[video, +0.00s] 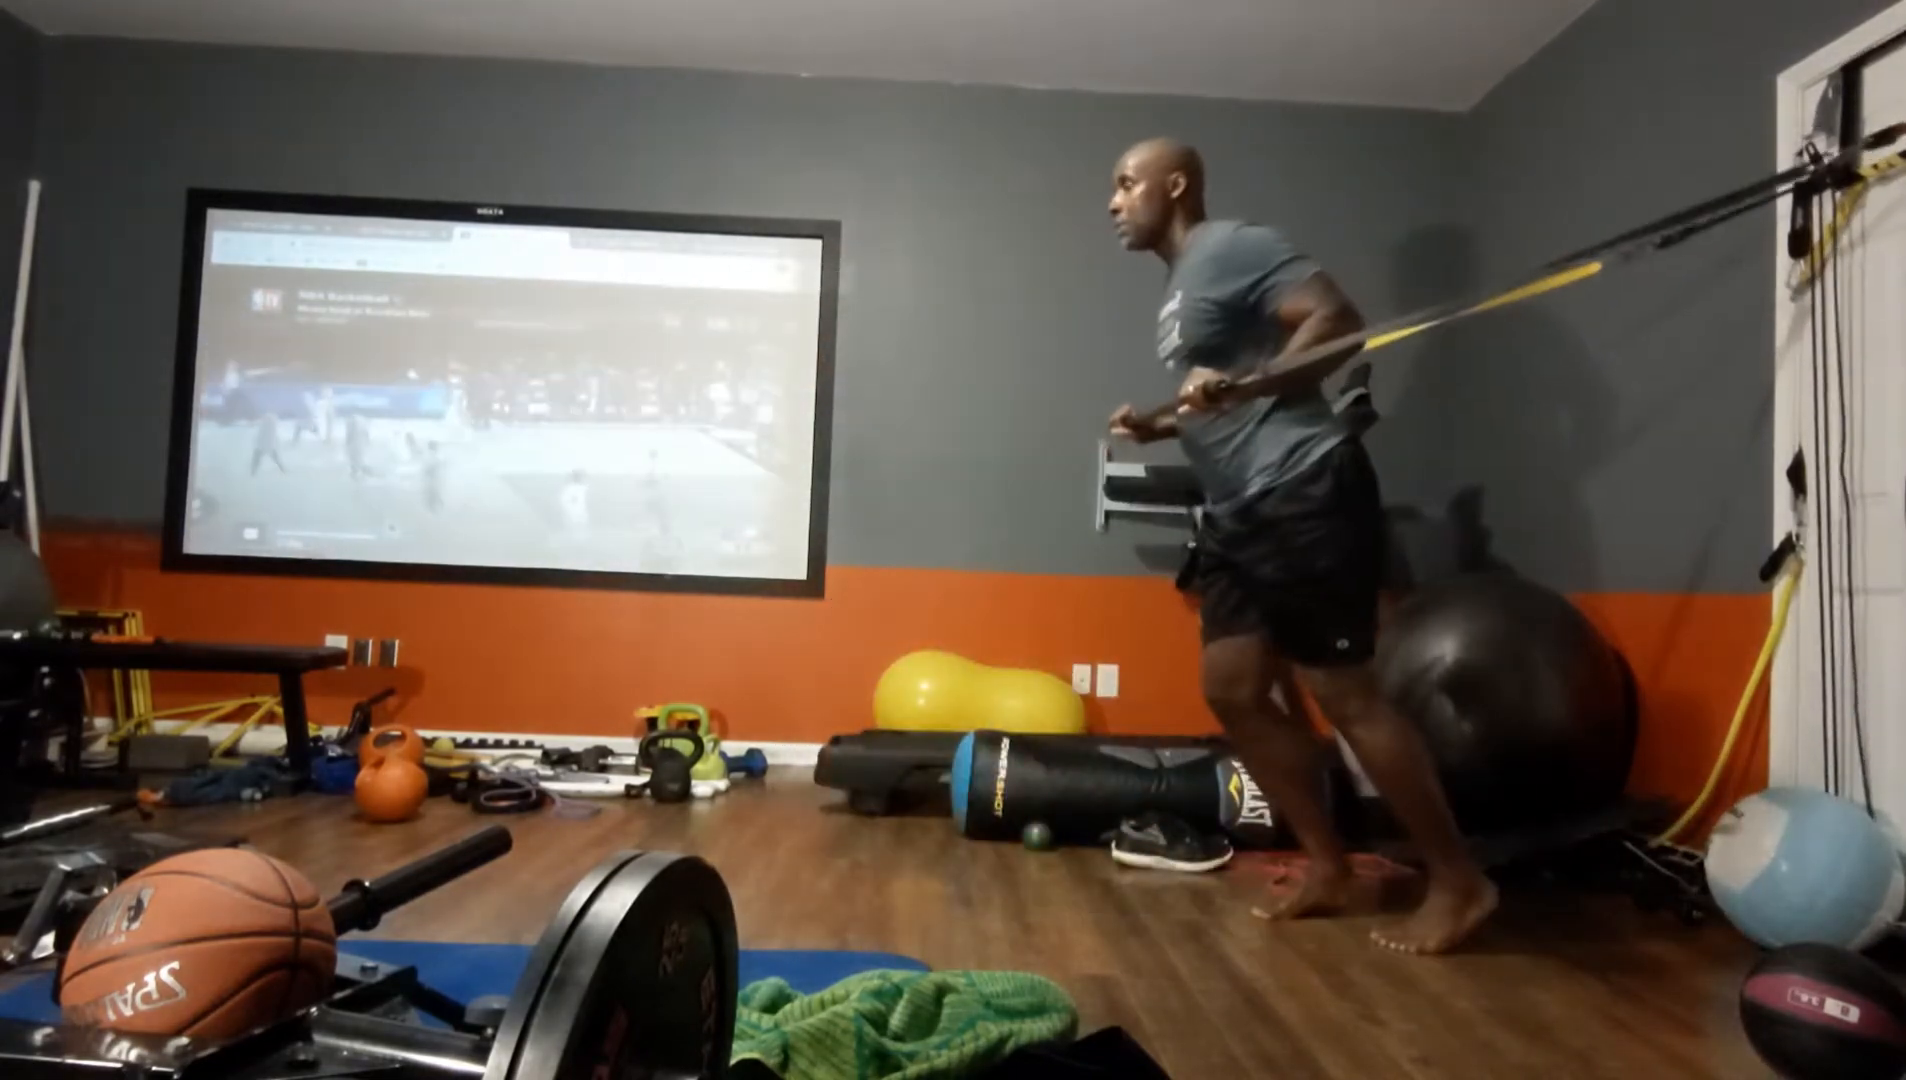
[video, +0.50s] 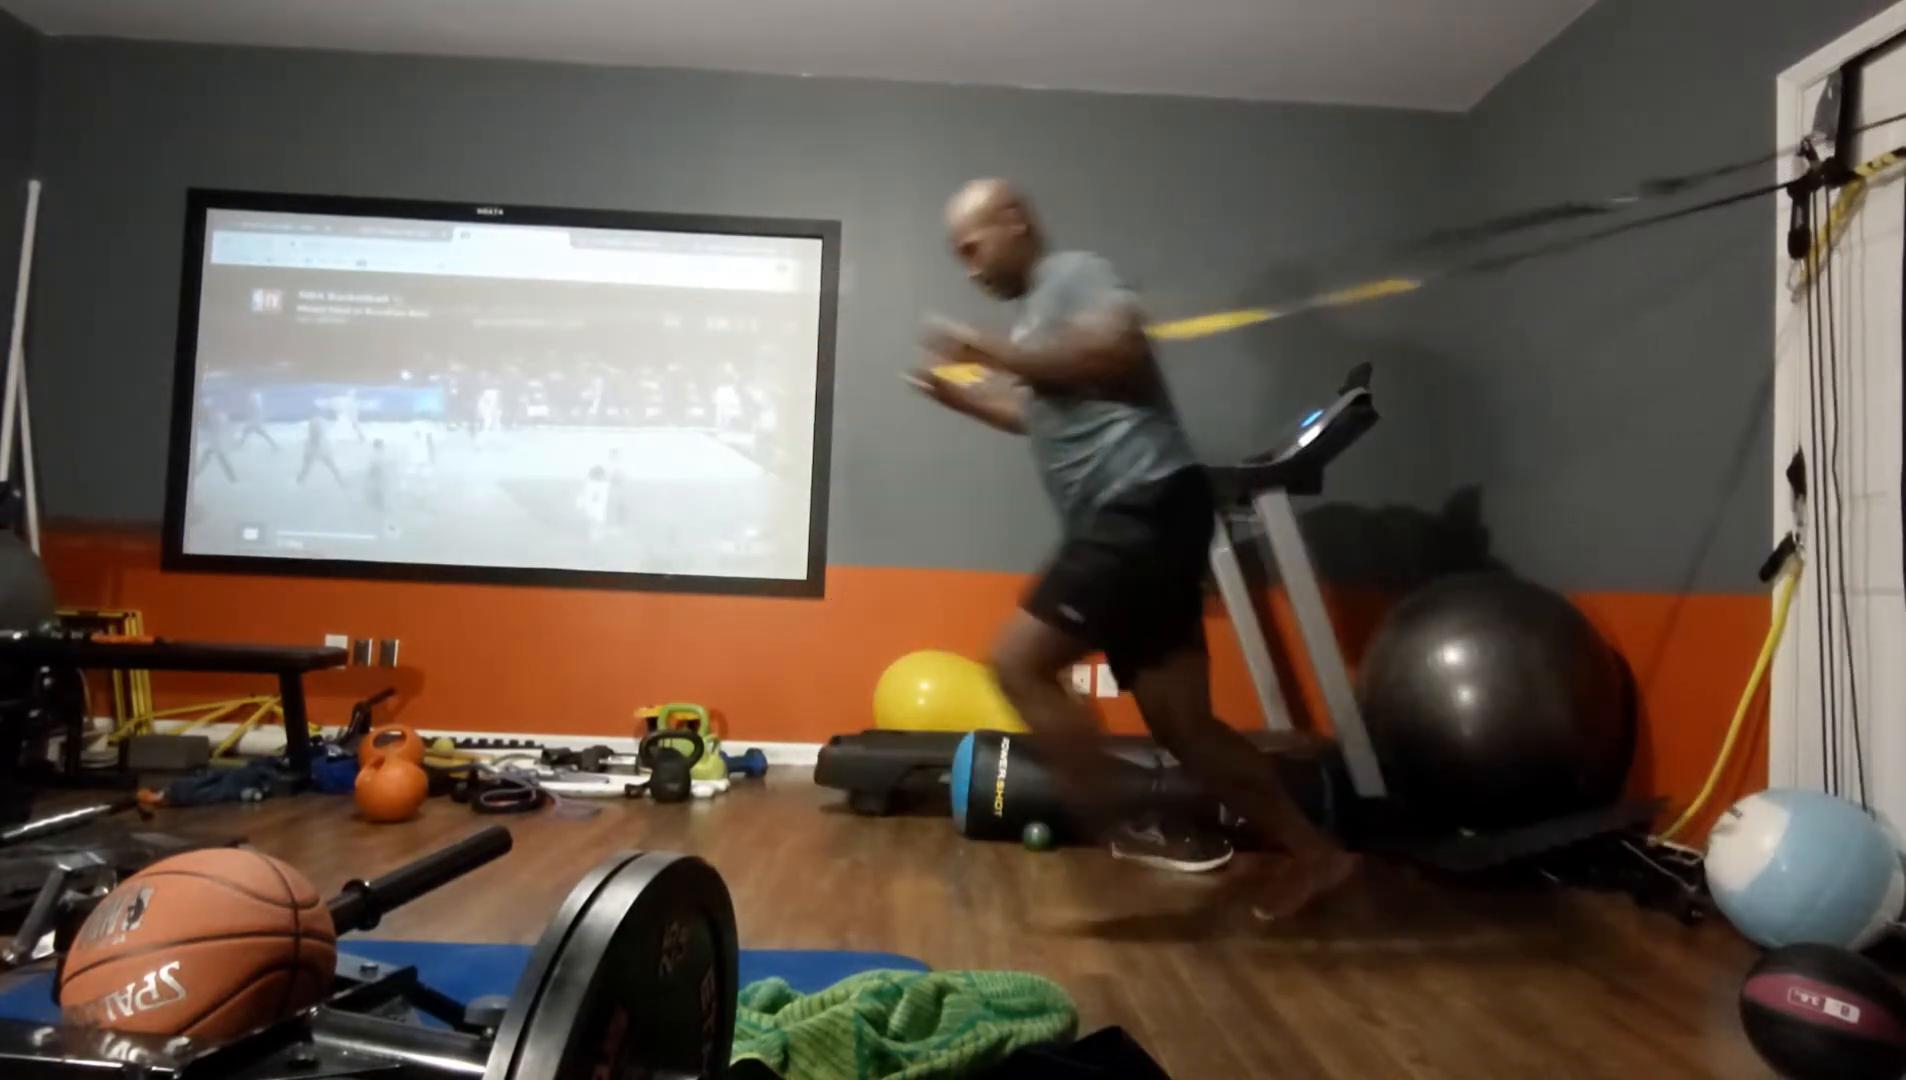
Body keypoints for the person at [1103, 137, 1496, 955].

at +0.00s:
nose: (1113, 202)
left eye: (1127, 185)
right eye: (1114, 187)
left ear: (1177, 188)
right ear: (1168, 192)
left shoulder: (1231, 246)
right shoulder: (1179, 288)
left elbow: (1338, 320)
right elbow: (1237, 402)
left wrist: (1246, 384)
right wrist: (1162, 424)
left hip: (1311, 495)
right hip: (1242, 511)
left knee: (1346, 693)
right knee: (1234, 690)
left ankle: (1459, 884)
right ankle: (1325, 869)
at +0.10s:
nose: (1099, 209)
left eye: (1112, 191)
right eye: (1099, 196)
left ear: (1163, 191)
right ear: (1148, 199)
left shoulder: (1215, 248)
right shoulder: (1164, 297)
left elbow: (1322, 321)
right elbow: (1223, 399)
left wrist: (1230, 386)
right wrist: (1155, 423)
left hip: (1294, 503)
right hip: (1223, 521)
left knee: (1341, 698)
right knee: (1215, 696)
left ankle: (1458, 882)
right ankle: (1323, 865)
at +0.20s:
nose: (1078, 220)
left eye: (1088, 201)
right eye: (1076, 207)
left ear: (1139, 196)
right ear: (1116, 207)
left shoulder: (1193, 252)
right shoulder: (1143, 297)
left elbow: (1299, 324)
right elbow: (1200, 406)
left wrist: (1211, 391)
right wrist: (1133, 424)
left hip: (1263, 509)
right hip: (1194, 526)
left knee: (1308, 704)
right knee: (1197, 701)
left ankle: (1453, 876)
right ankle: (1322, 861)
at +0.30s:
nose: (1052, 236)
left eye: (1060, 215)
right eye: (1049, 222)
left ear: (1110, 202)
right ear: (1086, 216)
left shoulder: (1168, 257)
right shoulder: (1115, 299)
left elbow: (1266, 334)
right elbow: (1163, 402)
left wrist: (1173, 391)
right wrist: (1098, 420)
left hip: (1219, 505)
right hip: (1168, 518)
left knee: (1210, 708)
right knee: (1192, 710)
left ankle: (1398, 845)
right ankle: (1319, 858)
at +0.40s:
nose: (1019, 254)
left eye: (1025, 234)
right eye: (1011, 241)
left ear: (1071, 214)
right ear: (1058, 224)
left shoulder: (1136, 271)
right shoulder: (1077, 316)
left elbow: (1220, 354)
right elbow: (1115, 412)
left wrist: (1118, 389)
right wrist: (1050, 416)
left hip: (1184, 513)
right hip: (1149, 520)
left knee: (1115, 708)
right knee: (1183, 708)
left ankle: (1302, 833)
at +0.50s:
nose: (968, 262)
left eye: (974, 241)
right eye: (959, 250)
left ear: (1020, 223)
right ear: (969, 255)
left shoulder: (1076, 274)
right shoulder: (1027, 319)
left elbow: (1121, 361)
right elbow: (1040, 416)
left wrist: (1001, 356)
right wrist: (959, 396)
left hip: (1149, 504)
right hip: (1120, 514)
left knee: (1019, 665)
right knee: (1182, 725)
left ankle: (1125, 829)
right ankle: (1314, 854)